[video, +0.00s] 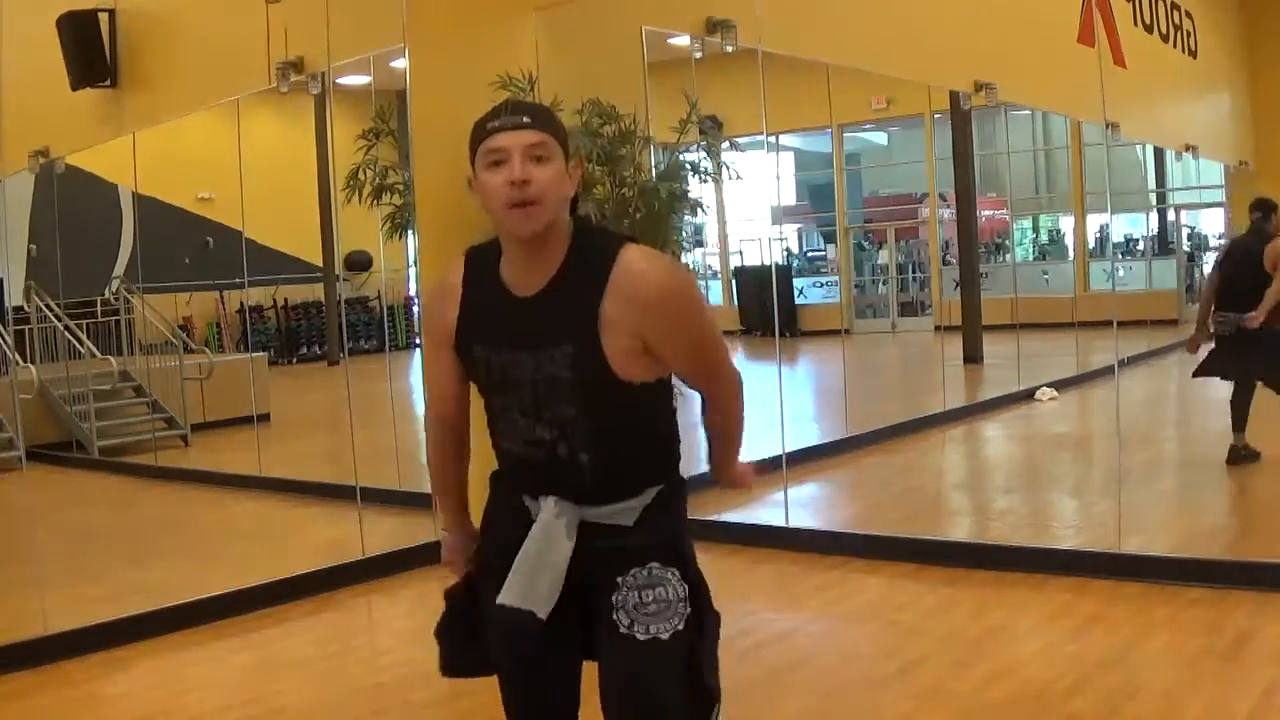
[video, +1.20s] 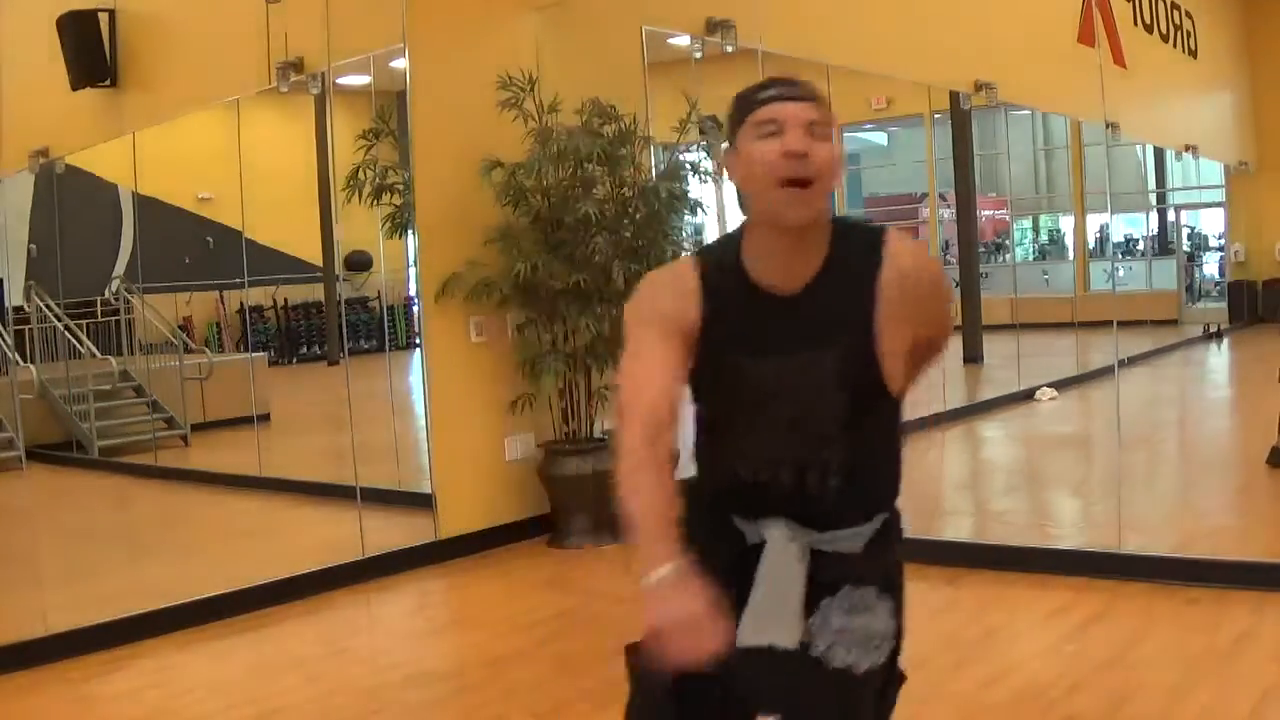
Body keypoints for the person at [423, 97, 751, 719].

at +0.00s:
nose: (517, 174)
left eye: (537, 157)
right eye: (497, 161)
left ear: (573, 177)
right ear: (475, 189)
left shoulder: (645, 282)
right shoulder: (456, 292)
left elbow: (720, 383)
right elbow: (446, 418)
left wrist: (727, 468)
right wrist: (454, 525)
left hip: (636, 536)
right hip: (523, 536)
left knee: (650, 705)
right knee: (532, 706)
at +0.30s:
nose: (527, 206)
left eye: (550, 183)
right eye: (502, 188)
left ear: (587, 198)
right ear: (476, 209)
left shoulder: (669, 310)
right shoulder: (442, 325)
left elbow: (731, 459)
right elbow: (450, 470)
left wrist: (729, 578)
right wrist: (481, 572)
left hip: (652, 581)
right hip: (525, 579)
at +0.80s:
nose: (589, 198)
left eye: (618, 171)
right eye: (562, 176)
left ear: (661, 185)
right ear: (533, 197)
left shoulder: (751, 308)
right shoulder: (494, 316)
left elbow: (813, 488)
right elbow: (501, 455)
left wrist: (817, 631)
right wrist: (529, 560)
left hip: (719, 571)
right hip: (580, 565)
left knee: (714, 706)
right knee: (548, 704)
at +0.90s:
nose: (625, 187)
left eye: (652, 163)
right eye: (598, 165)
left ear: (694, 182)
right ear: (570, 192)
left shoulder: (777, 307)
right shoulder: (527, 307)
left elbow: (854, 466)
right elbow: (521, 452)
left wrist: (869, 602)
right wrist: (539, 576)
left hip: (736, 581)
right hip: (600, 573)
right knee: (572, 703)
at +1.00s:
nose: (673, 176)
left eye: (700, 155)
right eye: (648, 155)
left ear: (736, 181)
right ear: (616, 184)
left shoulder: (810, 299)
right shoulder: (571, 300)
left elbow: (905, 428)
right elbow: (535, 455)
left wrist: (918, 547)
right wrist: (527, 599)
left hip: (763, 577)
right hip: (634, 568)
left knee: (759, 706)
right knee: (594, 700)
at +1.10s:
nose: (725, 168)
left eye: (751, 151)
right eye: (700, 150)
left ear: (782, 181)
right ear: (669, 183)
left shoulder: (855, 292)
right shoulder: (619, 309)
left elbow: (928, 380)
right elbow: (572, 471)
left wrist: (924, 464)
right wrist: (538, 638)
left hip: (804, 576)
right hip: (675, 571)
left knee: (797, 705)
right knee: (636, 701)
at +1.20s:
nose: (797, 146)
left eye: (816, 130)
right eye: (770, 131)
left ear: (840, 156)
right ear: (732, 165)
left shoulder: (904, 273)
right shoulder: (673, 293)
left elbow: (927, 346)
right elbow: (643, 446)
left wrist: (841, 427)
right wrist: (663, 573)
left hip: (850, 560)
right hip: (720, 561)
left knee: (844, 705)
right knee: (678, 704)